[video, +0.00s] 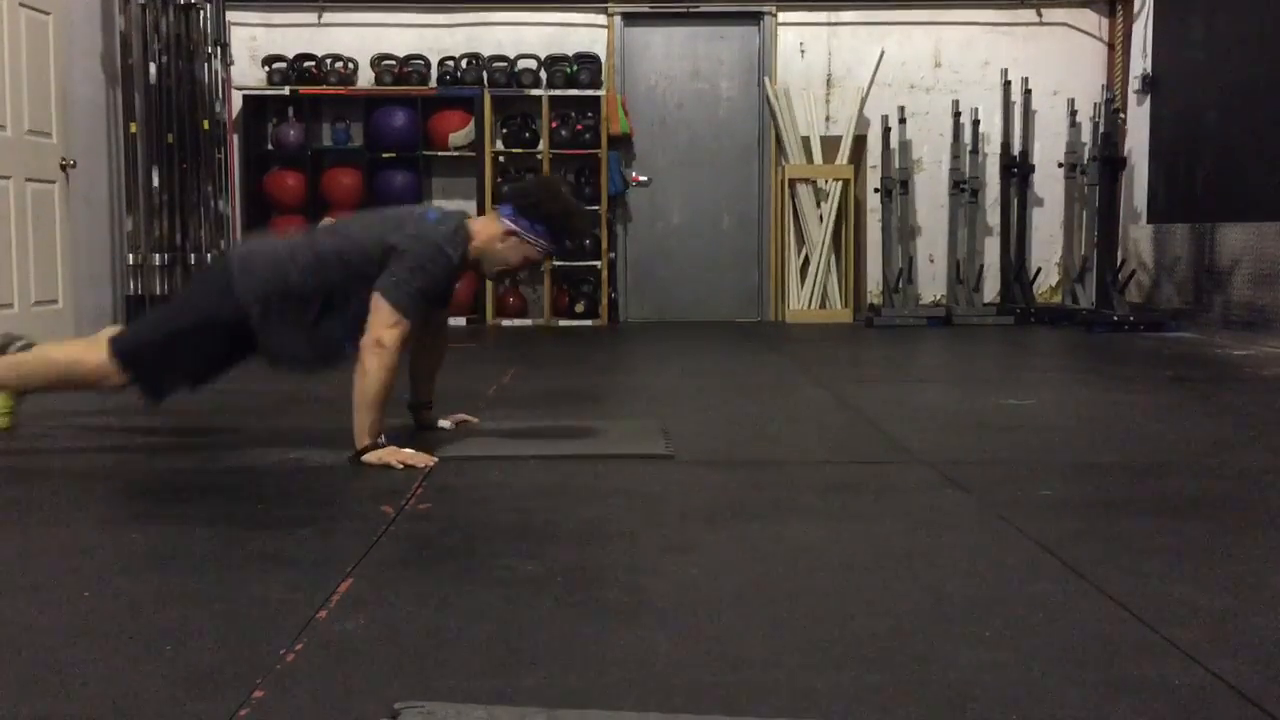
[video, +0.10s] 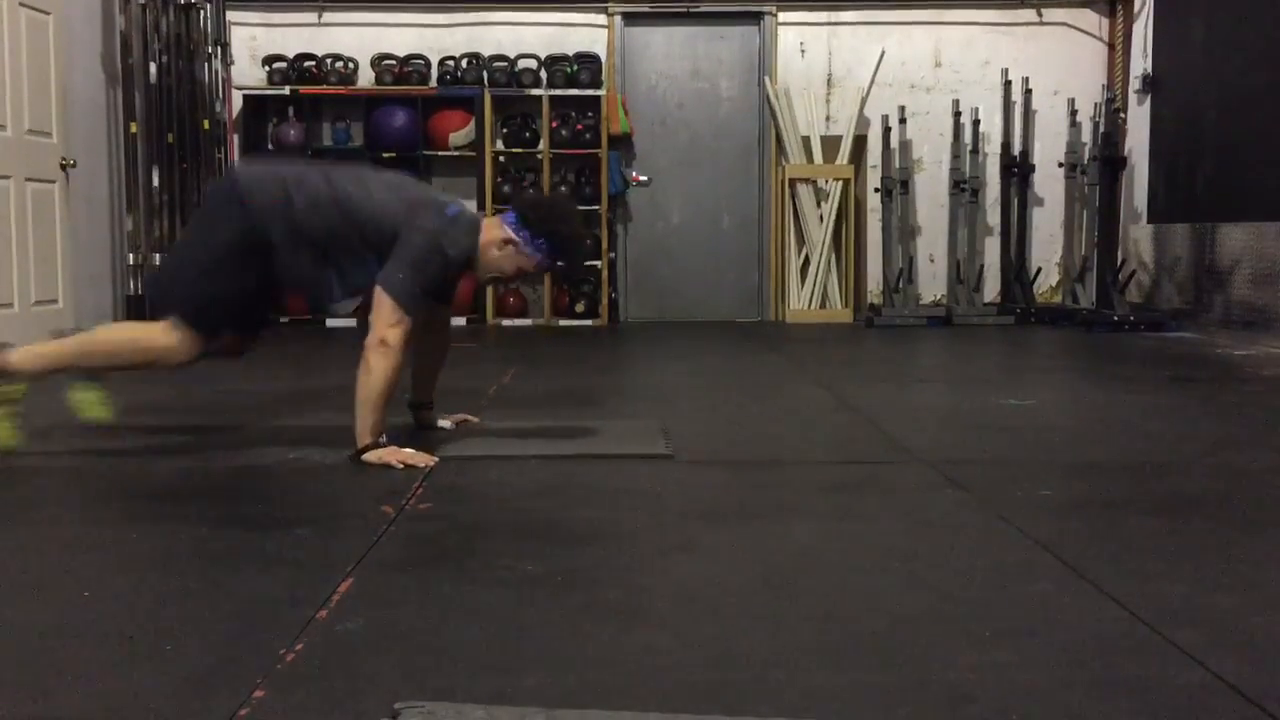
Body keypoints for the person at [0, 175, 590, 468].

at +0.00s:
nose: (525, 270)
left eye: (535, 262)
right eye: (530, 256)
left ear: (508, 229)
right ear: (506, 226)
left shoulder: (452, 243)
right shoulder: (434, 242)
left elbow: (430, 331)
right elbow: (381, 338)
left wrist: (421, 417)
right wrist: (367, 444)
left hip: (257, 292)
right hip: (247, 291)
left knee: (120, 356)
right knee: (113, 362)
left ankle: (11, 376)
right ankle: (7, 376)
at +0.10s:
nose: (518, 280)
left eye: (529, 275)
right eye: (525, 267)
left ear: (511, 237)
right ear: (508, 233)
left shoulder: (459, 237)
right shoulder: (437, 232)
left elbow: (431, 329)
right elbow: (384, 335)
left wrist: (422, 418)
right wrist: (369, 442)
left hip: (277, 230)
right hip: (249, 209)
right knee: (180, 336)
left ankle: (88, 360)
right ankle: (18, 361)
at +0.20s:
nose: (492, 270)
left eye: (503, 266)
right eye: (499, 259)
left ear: (490, 231)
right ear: (483, 226)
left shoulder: (439, 225)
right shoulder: (408, 222)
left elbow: (418, 319)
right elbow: (373, 335)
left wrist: (422, 406)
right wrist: (369, 442)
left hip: (288, 168)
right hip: (245, 159)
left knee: (321, 305)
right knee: (280, 301)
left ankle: (209, 363)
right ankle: (147, 378)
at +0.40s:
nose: (527, 188)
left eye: (534, 178)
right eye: (530, 174)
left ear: (501, 153)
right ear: (502, 152)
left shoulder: (452, 190)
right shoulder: (430, 172)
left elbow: (433, 291)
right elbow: (395, 281)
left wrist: (440, 379)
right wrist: (401, 389)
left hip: (292, 203)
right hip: (261, 198)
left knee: (372, 315)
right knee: (355, 307)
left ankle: (276, 401)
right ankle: (245, 421)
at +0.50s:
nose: (554, 102)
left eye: (558, 88)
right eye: (553, 85)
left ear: (529, 72)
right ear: (525, 69)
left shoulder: (479, 132)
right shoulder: (460, 108)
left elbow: (459, 229)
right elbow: (412, 187)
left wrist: (462, 314)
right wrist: (428, 300)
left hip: (338, 196)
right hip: (306, 189)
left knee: (397, 315)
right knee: (379, 317)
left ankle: (283, 400)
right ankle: (252, 413)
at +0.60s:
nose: (567, 5)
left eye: (567, 4)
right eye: (567, 1)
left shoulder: (512, 27)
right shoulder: (496, 10)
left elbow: (473, 126)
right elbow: (437, 67)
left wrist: (474, 187)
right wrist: (460, 172)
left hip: (411, 160)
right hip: (391, 156)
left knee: (408, 298)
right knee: (399, 297)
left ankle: (291, 391)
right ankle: (266, 394)